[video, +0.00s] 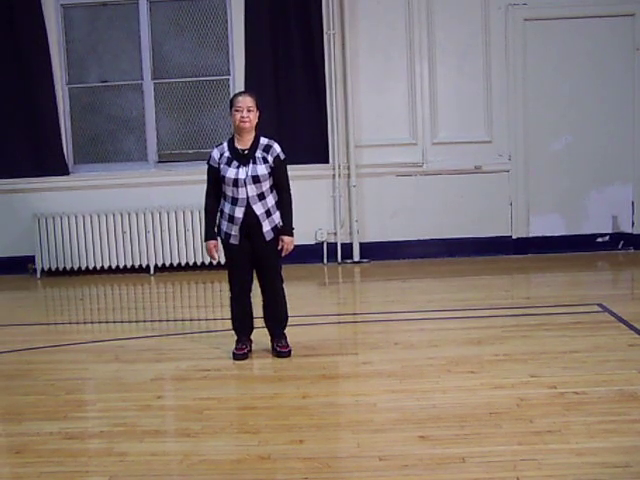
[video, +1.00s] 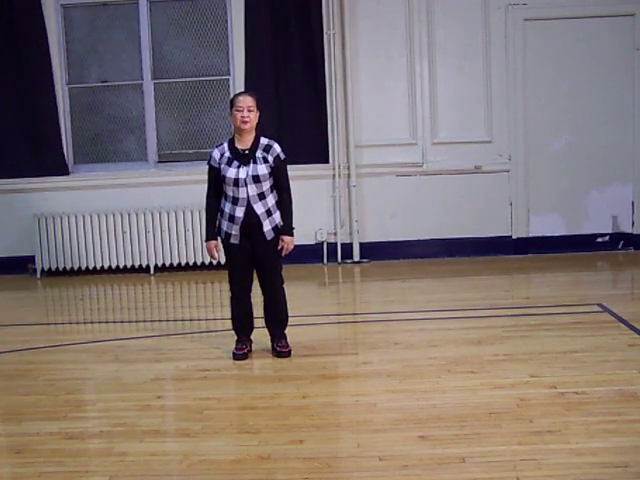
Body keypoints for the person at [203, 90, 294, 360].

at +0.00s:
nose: (244, 115)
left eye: (249, 110)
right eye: (238, 110)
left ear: (257, 115)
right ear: (231, 115)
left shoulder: (271, 150)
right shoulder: (219, 154)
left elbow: (284, 192)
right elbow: (212, 197)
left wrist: (287, 230)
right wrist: (210, 234)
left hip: (267, 230)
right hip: (233, 232)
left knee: (272, 285)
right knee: (239, 288)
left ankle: (278, 335)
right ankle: (242, 337)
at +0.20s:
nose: (243, 115)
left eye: (249, 110)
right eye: (238, 110)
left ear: (257, 115)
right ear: (231, 115)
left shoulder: (271, 149)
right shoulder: (219, 155)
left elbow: (284, 192)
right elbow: (213, 197)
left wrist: (287, 230)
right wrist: (211, 235)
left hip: (267, 230)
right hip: (234, 233)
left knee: (272, 285)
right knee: (239, 288)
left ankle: (278, 335)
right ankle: (243, 338)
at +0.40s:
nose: (244, 114)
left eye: (249, 109)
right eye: (238, 110)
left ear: (257, 115)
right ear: (231, 115)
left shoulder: (271, 149)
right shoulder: (219, 155)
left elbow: (285, 192)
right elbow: (213, 198)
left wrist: (288, 229)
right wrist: (211, 235)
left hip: (268, 231)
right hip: (234, 233)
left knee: (273, 285)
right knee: (239, 288)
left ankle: (278, 335)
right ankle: (243, 337)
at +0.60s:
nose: (244, 115)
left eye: (249, 110)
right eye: (238, 110)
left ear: (257, 115)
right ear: (231, 115)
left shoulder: (271, 149)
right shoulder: (220, 154)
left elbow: (285, 192)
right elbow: (213, 197)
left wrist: (287, 230)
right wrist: (212, 235)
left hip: (268, 230)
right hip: (234, 233)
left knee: (273, 285)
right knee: (240, 288)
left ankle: (278, 335)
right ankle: (243, 337)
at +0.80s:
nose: (244, 115)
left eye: (249, 110)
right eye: (238, 110)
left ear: (258, 115)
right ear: (231, 115)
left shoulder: (271, 150)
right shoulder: (220, 154)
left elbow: (284, 192)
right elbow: (213, 198)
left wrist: (287, 230)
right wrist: (212, 235)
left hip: (268, 230)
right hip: (234, 233)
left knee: (273, 285)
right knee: (239, 288)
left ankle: (278, 335)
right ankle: (243, 337)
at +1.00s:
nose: (244, 115)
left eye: (249, 110)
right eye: (239, 110)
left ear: (258, 115)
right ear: (231, 115)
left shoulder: (271, 150)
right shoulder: (219, 154)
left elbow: (284, 192)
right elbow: (213, 197)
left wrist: (287, 230)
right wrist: (211, 234)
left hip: (267, 230)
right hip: (234, 232)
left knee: (273, 285)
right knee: (239, 288)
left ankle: (279, 335)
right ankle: (243, 338)